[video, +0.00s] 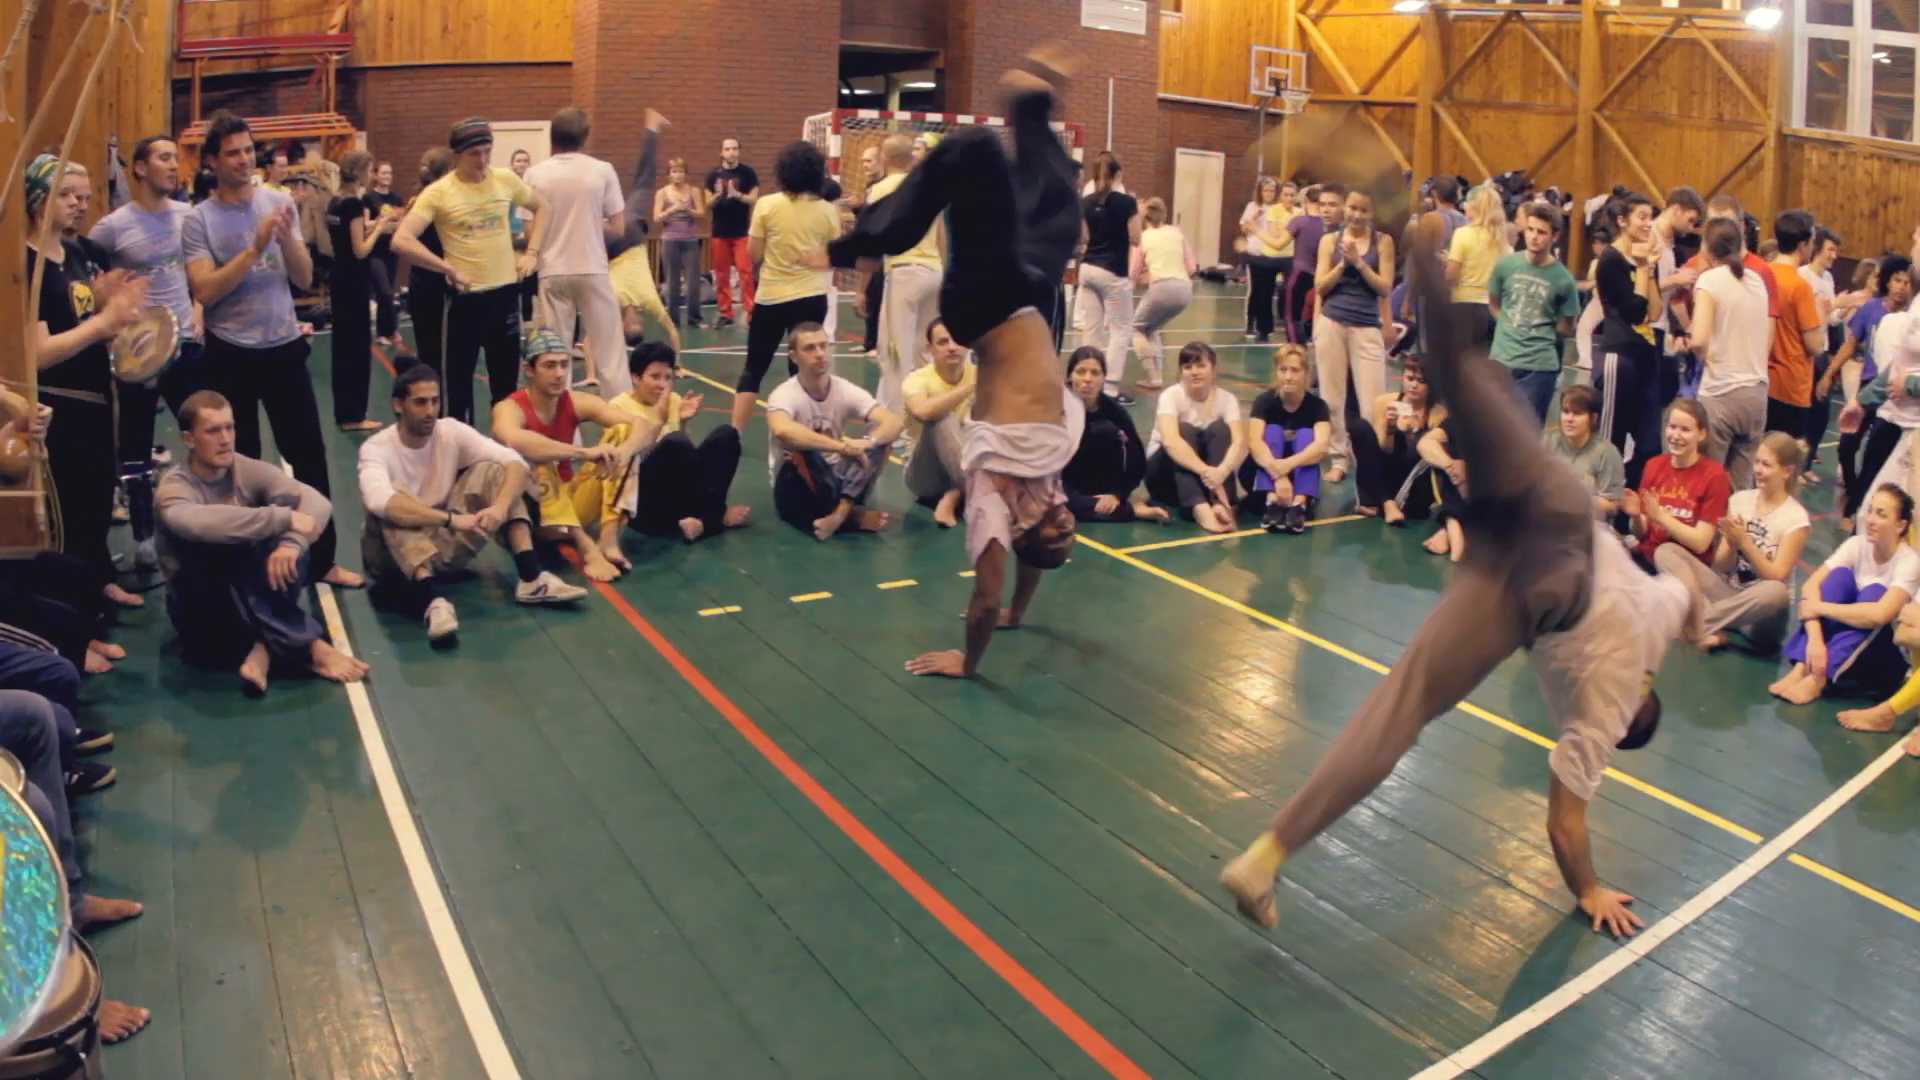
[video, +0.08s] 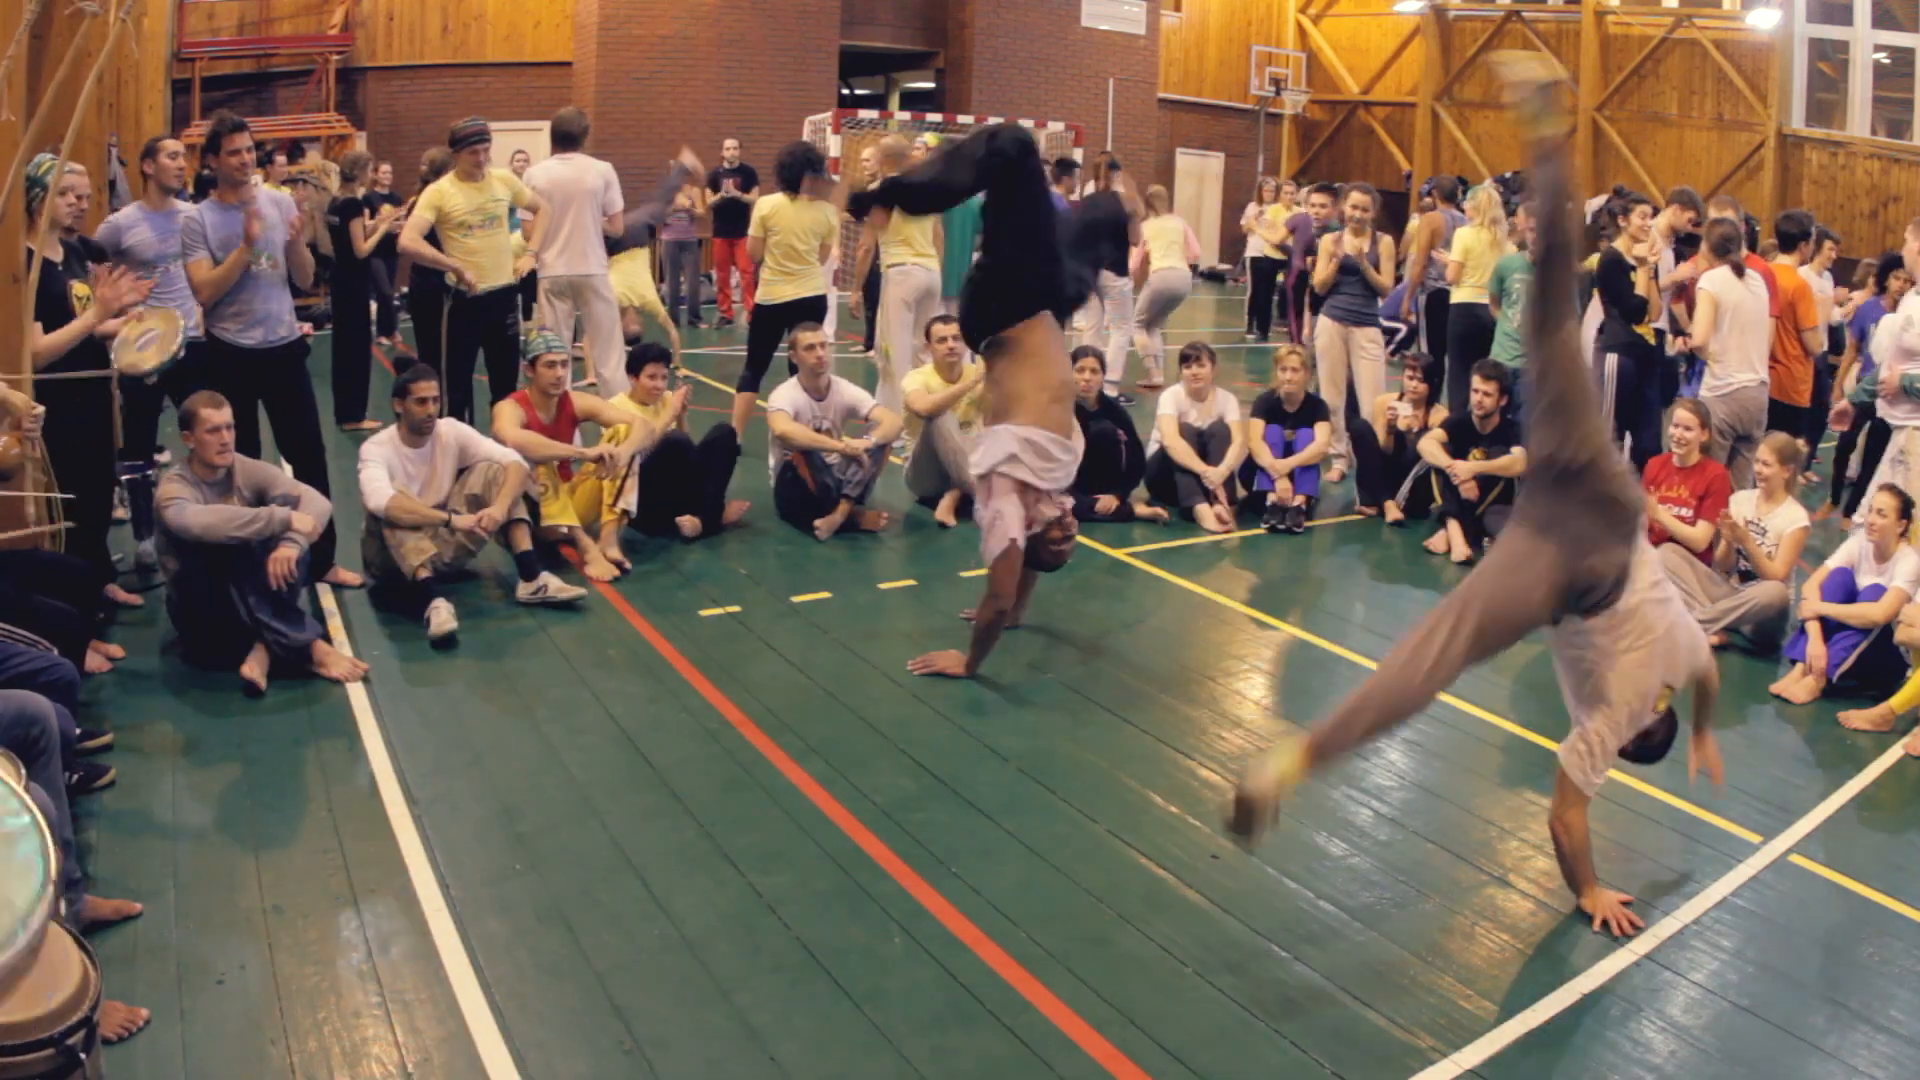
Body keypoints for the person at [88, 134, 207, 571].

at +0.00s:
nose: (174, 166)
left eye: (176, 158)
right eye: (165, 159)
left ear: (177, 167)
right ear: (138, 168)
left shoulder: (183, 215)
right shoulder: (111, 227)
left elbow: (196, 269)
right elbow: (87, 285)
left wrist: (198, 316)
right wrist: (117, 326)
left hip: (186, 345)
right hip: (135, 353)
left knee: (211, 435)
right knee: (135, 454)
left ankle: (224, 529)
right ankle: (145, 541)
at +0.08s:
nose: (182, 164)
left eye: (184, 157)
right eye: (172, 157)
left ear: (185, 167)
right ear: (147, 167)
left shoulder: (191, 215)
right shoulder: (118, 224)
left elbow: (207, 271)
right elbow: (91, 282)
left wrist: (206, 316)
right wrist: (117, 327)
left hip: (191, 341)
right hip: (140, 348)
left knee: (210, 436)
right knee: (139, 451)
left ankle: (220, 529)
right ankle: (146, 539)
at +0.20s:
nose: (194, 164)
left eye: (196, 157)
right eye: (185, 155)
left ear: (199, 164)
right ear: (159, 163)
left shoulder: (201, 214)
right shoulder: (129, 222)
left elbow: (217, 271)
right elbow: (97, 277)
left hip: (199, 341)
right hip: (151, 345)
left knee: (214, 435)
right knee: (146, 444)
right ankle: (142, 518)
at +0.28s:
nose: (203, 163)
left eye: (204, 156)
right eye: (193, 155)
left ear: (206, 163)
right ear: (168, 161)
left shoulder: (207, 213)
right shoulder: (136, 219)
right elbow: (107, 277)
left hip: (208, 341)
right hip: (160, 346)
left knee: (217, 440)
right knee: (151, 447)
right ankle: (144, 522)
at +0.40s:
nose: (210, 160)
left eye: (211, 153)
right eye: (202, 153)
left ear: (211, 161)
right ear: (177, 160)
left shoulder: (215, 211)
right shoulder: (147, 217)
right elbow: (110, 266)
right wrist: (143, 304)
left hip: (214, 335)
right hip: (170, 340)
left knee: (218, 430)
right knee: (157, 438)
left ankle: (220, 519)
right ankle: (148, 531)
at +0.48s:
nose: (216, 159)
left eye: (216, 151)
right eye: (208, 152)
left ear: (214, 160)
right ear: (183, 160)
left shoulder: (221, 210)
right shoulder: (151, 217)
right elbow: (116, 271)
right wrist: (143, 309)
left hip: (219, 336)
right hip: (174, 340)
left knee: (220, 434)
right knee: (161, 442)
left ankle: (222, 527)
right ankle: (149, 535)